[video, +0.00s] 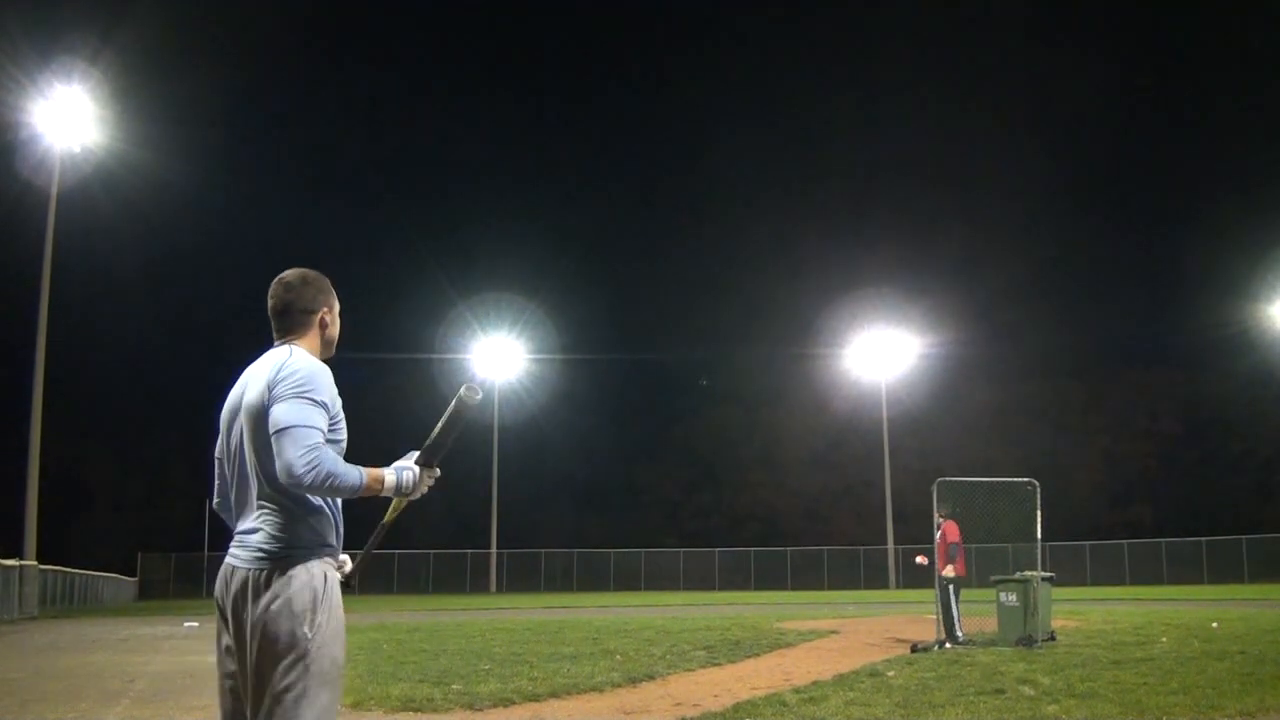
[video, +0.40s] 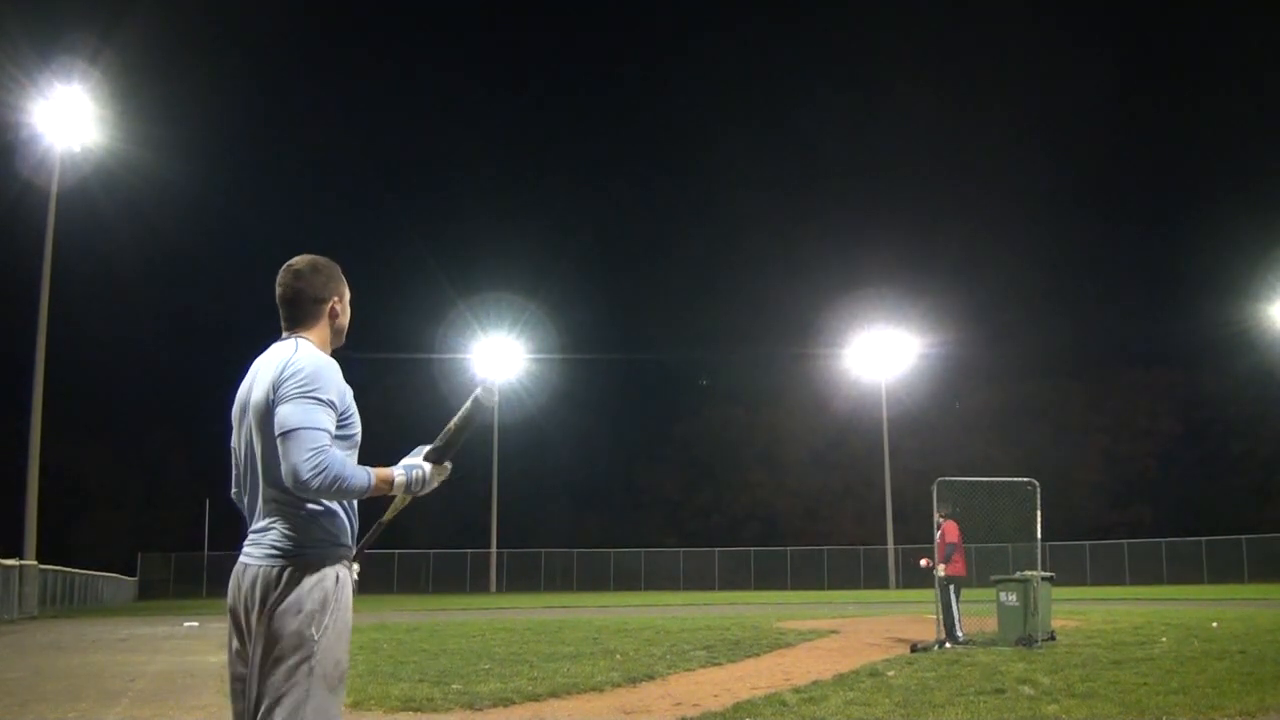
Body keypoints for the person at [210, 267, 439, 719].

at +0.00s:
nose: (338, 323)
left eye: (337, 313)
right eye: (337, 312)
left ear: (276, 319)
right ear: (325, 316)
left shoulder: (246, 382)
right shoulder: (304, 371)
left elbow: (227, 499)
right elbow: (303, 466)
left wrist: (316, 550)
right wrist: (389, 478)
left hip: (239, 578)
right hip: (295, 583)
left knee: (241, 712)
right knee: (301, 710)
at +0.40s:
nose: (349, 311)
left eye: (348, 300)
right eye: (347, 301)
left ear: (284, 307)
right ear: (335, 307)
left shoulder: (256, 375)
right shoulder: (310, 367)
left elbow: (245, 490)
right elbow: (310, 469)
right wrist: (398, 478)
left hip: (253, 575)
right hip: (307, 578)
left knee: (253, 711)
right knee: (302, 710)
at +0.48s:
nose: (350, 314)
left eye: (350, 302)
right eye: (349, 302)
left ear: (287, 307)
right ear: (335, 308)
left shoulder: (257, 374)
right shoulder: (313, 368)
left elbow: (245, 491)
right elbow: (315, 471)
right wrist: (405, 472)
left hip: (256, 577)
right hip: (311, 581)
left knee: (255, 710)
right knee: (304, 710)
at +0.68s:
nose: (354, 313)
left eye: (354, 301)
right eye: (353, 301)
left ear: (290, 305)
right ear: (339, 306)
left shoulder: (256, 375)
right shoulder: (318, 367)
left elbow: (245, 489)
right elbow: (318, 471)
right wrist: (411, 479)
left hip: (256, 577)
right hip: (314, 580)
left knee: (258, 710)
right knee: (305, 709)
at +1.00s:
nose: (365, 317)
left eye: (365, 305)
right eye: (365, 305)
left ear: (301, 305)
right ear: (350, 309)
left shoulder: (262, 373)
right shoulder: (325, 371)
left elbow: (242, 486)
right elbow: (348, 482)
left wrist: (320, 524)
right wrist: (434, 463)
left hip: (262, 584)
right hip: (309, 590)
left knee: (274, 709)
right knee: (306, 711)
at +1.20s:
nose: (367, 321)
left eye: (367, 310)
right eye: (367, 309)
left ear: (306, 311)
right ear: (353, 313)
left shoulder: (273, 380)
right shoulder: (325, 374)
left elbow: (278, 501)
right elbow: (365, 473)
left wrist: (355, 533)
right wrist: (419, 449)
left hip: (276, 583)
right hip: (317, 590)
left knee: (282, 710)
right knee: (313, 711)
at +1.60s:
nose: (392, 347)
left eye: (393, 335)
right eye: (392, 334)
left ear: (338, 327)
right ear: (373, 332)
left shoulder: (304, 384)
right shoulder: (339, 381)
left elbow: (323, 498)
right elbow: (337, 483)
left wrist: (395, 483)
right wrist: (374, 582)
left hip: (293, 575)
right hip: (330, 576)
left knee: (311, 709)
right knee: (356, 709)